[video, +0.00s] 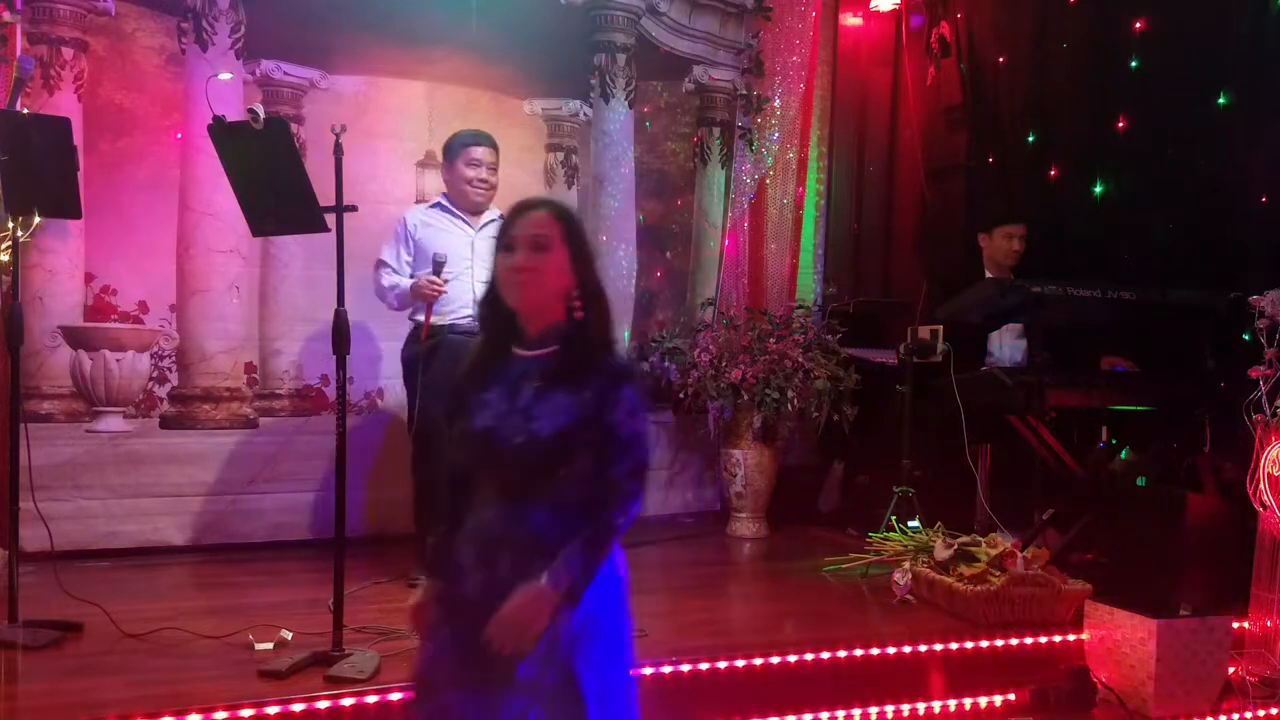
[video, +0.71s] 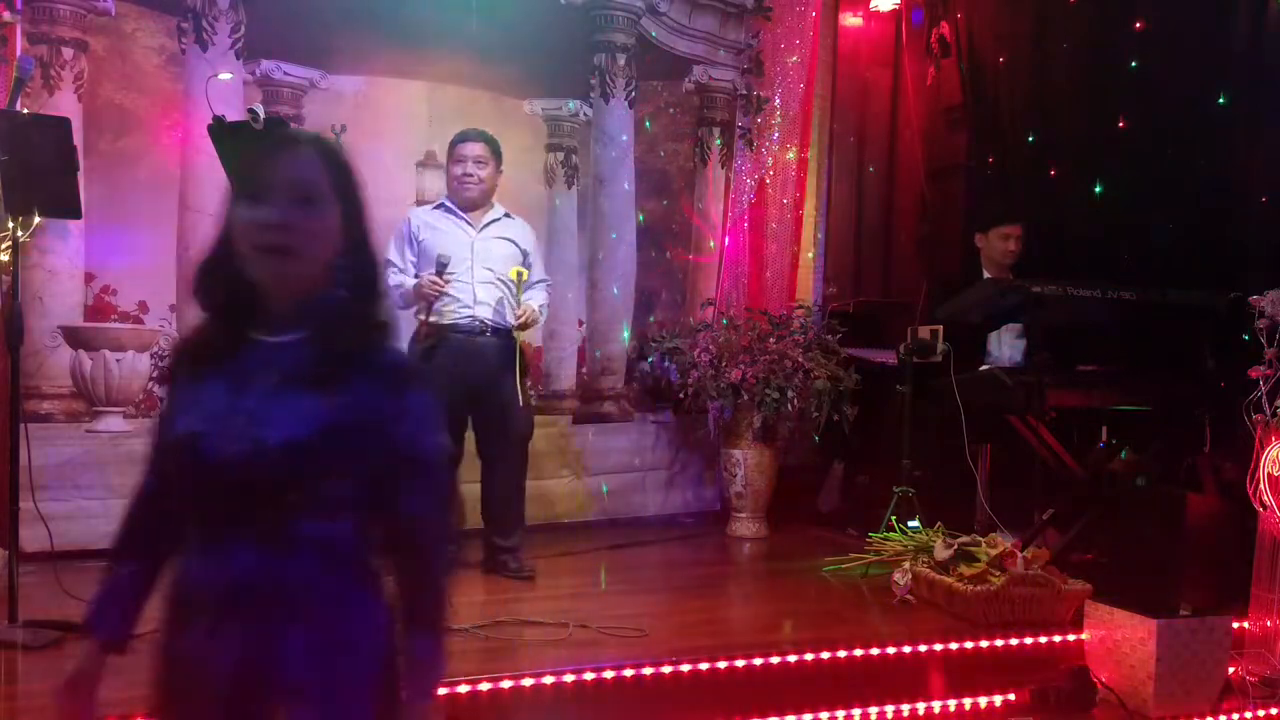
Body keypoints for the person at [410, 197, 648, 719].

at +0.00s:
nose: (520, 260)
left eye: (539, 245)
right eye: (508, 247)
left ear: (575, 269)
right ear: (494, 267)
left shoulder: (605, 376)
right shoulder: (475, 372)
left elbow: (621, 498)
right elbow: (455, 486)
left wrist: (551, 587)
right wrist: (435, 576)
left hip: (571, 582)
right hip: (472, 580)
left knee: (573, 709)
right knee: (455, 708)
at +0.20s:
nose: (450, 245)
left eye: (471, 230)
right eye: (439, 232)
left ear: (510, 252)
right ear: (425, 252)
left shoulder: (549, 370)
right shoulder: (413, 361)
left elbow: (573, 508)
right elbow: (380, 481)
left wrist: (566, 626)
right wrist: (346, 589)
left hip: (499, 592)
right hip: (403, 586)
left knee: (482, 705)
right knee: (389, 705)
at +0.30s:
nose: (418, 234)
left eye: (439, 218)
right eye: (406, 221)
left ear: (484, 241)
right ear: (393, 242)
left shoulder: (525, 363)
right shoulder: (378, 355)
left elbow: (560, 504)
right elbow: (336, 480)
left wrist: (562, 627)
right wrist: (287, 593)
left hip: (472, 592)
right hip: (374, 591)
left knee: (455, 709)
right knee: (354, 709)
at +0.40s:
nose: (384, 229)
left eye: (408, 213)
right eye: (373, 216)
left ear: (453, 236)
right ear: (361, 235)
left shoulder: (498, 366)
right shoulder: (342, 352)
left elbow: (538, 512)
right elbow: (294, 479)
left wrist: (541, 635)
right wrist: (232, 586)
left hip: (443, 606)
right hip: (344, 602)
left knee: (423, 712)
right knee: (327, 711)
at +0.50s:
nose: (349, 237)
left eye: (373, 219)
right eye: (336, 222)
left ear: (419, 239)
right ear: (322, 241)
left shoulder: (470, 365)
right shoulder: (306, 358)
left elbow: (505, 528)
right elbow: (246, 490)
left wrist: (505, 665)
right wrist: (183, 592)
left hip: (412, 627)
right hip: (310, 624)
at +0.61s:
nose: (319, 234)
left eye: (347, 216)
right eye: (302, 215)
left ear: (387, 242)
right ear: (279, 239)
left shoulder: (426, 375)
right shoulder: (257, 366)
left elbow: (465, 536)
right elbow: (204, 501)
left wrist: (468, 679)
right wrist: (141, 615)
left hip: (372, 633)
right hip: (260, 629)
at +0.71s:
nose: (273, 218)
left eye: (304, 200)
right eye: (253, 197)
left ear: (346, 228)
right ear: (229, 219)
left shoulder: (383, 380)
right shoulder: (202, 365)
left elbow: (422, 548)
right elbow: (159, 511)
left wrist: (419, 690)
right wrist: (98, 643)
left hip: (330, 652)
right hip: (206, 650)